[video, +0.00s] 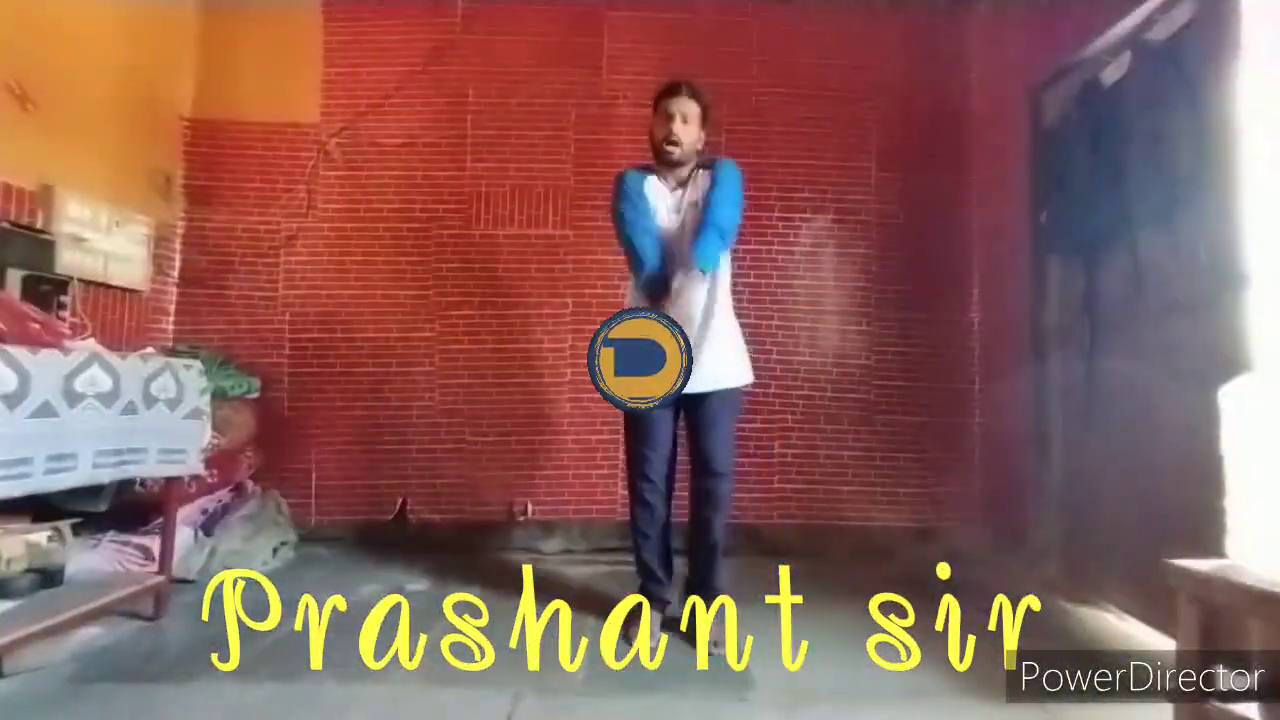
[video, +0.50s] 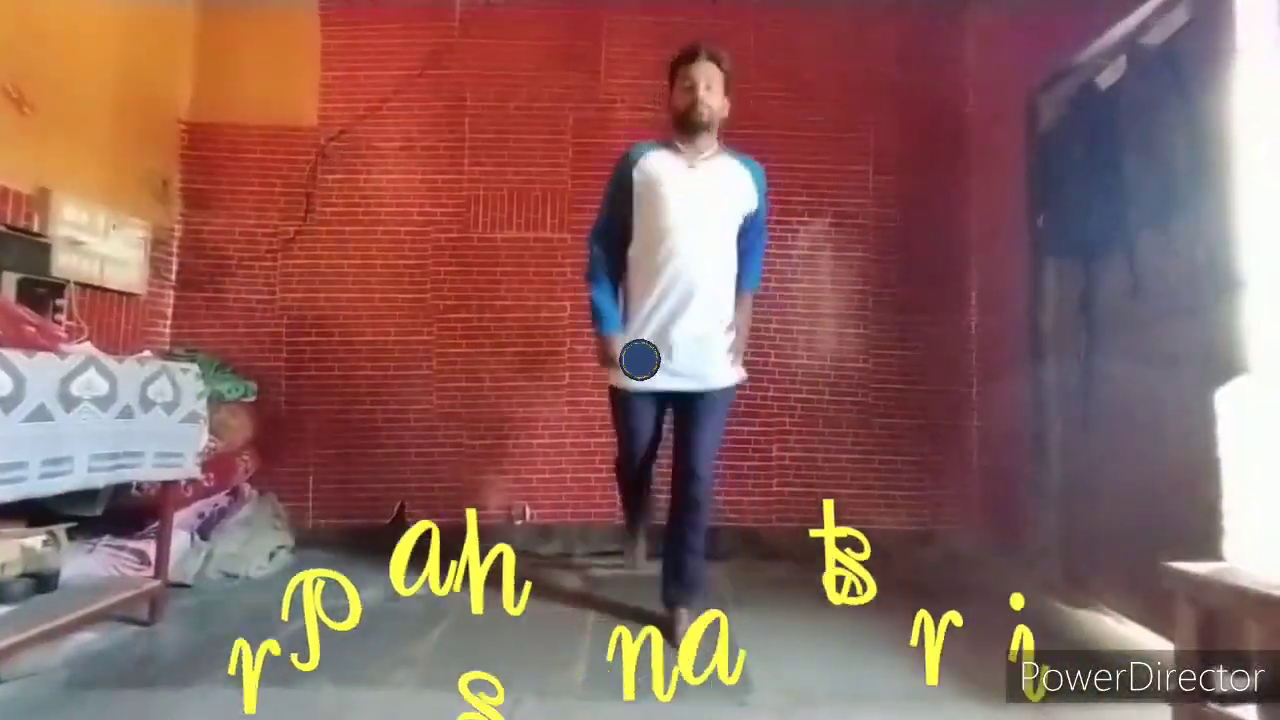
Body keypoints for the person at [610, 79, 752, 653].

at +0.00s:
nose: (675, 128)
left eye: (686, 120)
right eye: (667, 118)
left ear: (703, 130)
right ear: (653, 125)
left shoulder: (723, 177)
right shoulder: (634, 184)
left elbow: (721, 228)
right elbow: (635, 233)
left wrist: (695, 264)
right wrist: (653, 275)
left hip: (717, 359)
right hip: (654, 359)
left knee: (714, 486)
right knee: (649, 487)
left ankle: (705, 608)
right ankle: (656, 605)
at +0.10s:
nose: (673, 123)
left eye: (685, 114)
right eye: (665, 113)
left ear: (704, 127)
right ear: (652, 120)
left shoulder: (726, 176)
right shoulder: (629, 185)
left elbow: (733, 244)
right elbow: (628, 253)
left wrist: (707, 291)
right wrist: (644, 314)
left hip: (713, 358)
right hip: (650, 357)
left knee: (710, 488)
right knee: (648, 489)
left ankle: (702, 610)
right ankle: (655, 607)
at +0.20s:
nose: (678, 118)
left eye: (690, 110)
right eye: (669, 108)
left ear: (707, 125)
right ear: (653, 118)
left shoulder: (732, 194)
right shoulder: (625, 196)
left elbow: (752, 275)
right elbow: (594, 277)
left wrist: (731, 334)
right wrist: (618, 339)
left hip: (713, 371)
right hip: (645, 373)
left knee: (708, 489)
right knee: (645, 493)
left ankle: (695, 607)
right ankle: (651, 608)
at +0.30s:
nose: (686, 131)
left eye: (697, 122)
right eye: (676, 120)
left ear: (711, 134)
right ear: (656, 128)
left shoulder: (734, 197)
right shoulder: (622, 199)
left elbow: (760, 272)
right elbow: (590, 271)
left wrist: (749, 332)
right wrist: (614, 334)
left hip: (715, 372)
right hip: (643, 373)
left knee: (708, 496)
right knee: (645, 497)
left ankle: (695, 606)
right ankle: (652, 608)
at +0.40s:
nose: (697, 95)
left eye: (707, 86)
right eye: (686, 85)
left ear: (723, 99)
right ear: (667, 95)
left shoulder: (745, 174)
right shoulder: (634, 165)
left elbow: (759, 247)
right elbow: (599, 242)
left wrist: (745, 308)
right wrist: (616, 314)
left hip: (709, 356)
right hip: (641, 354)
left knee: (699, 483)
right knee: (638, 478)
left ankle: (686, 600)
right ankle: (642, 580)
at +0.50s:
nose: (702, 96)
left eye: (712, 86)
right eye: (690, 86)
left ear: (728, 98)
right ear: (672, 95)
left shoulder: (747, 176)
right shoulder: (639, 165)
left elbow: (751, 254)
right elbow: (603, 247)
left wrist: (742, 315)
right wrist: (608, 325)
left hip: (711, 355)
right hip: (640, 350)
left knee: (696, 482)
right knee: (634, 458)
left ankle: (682, 601)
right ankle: (636, 521)